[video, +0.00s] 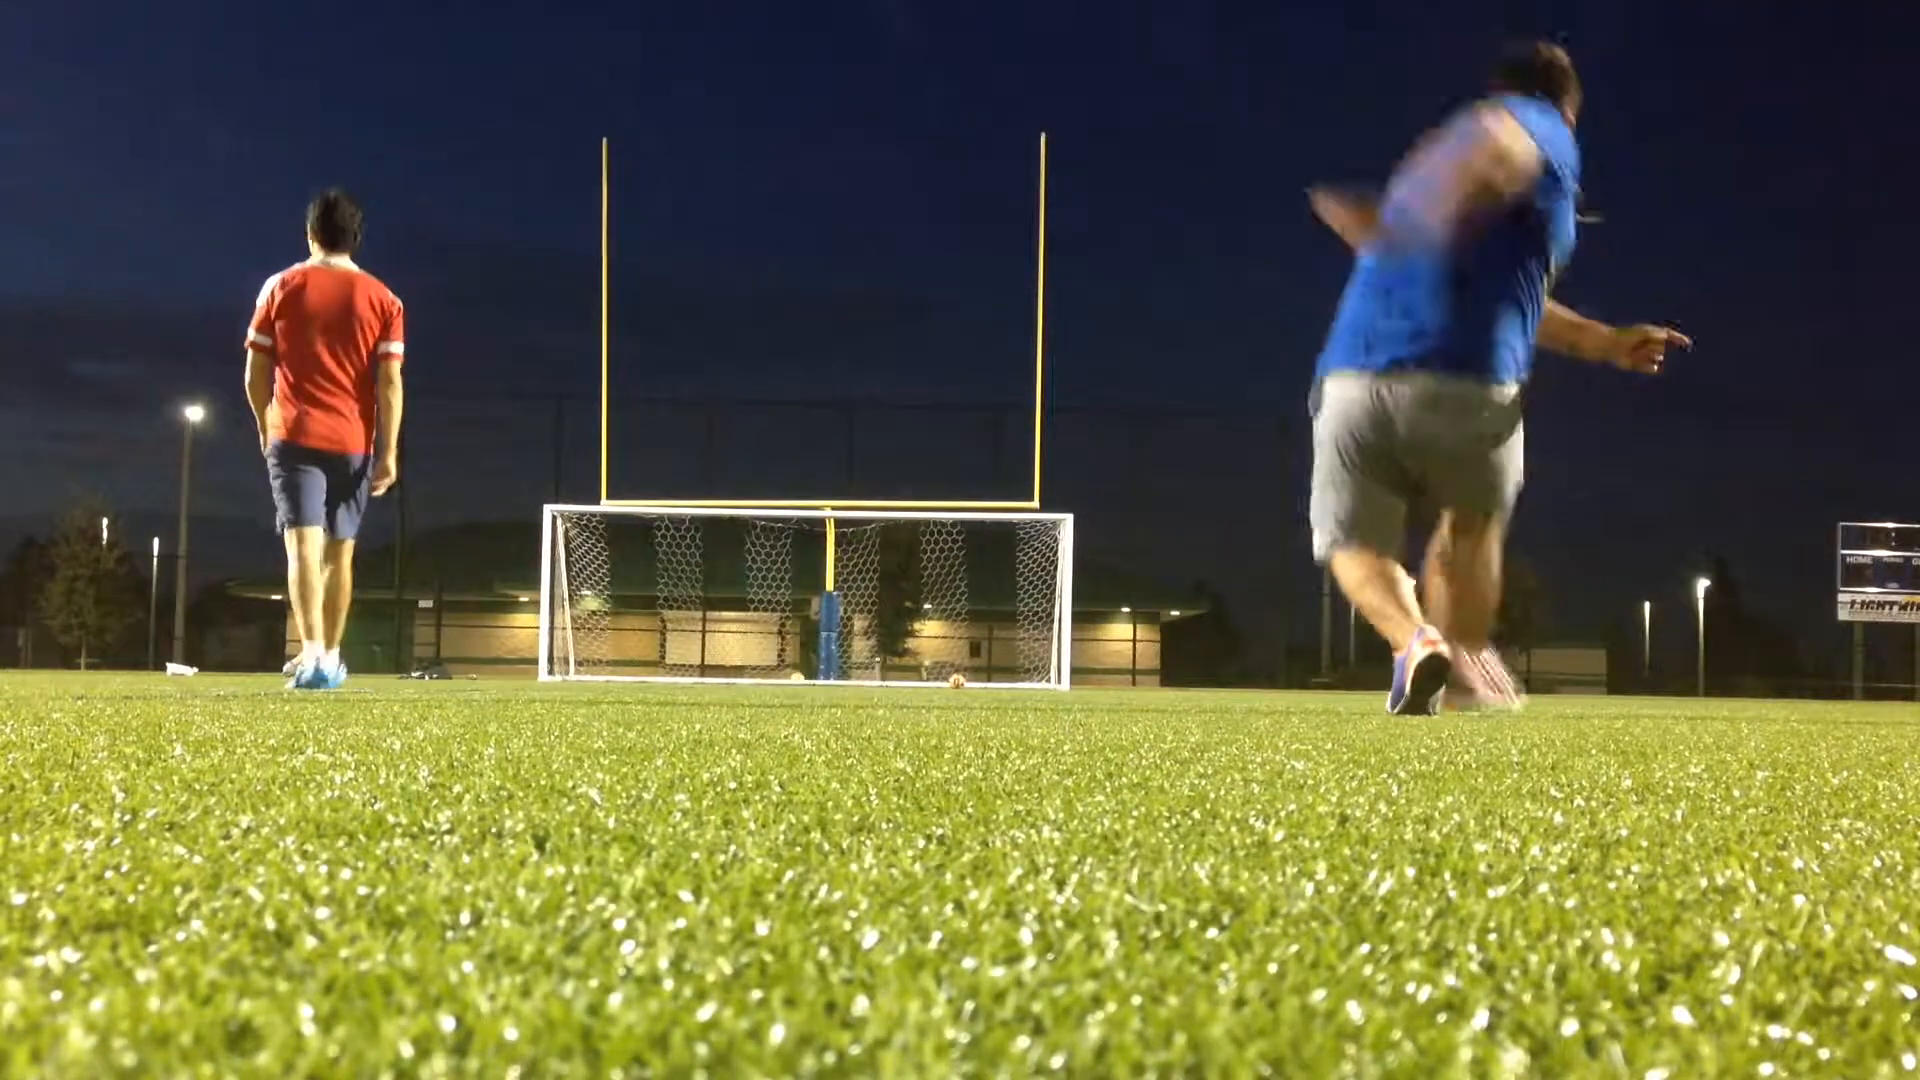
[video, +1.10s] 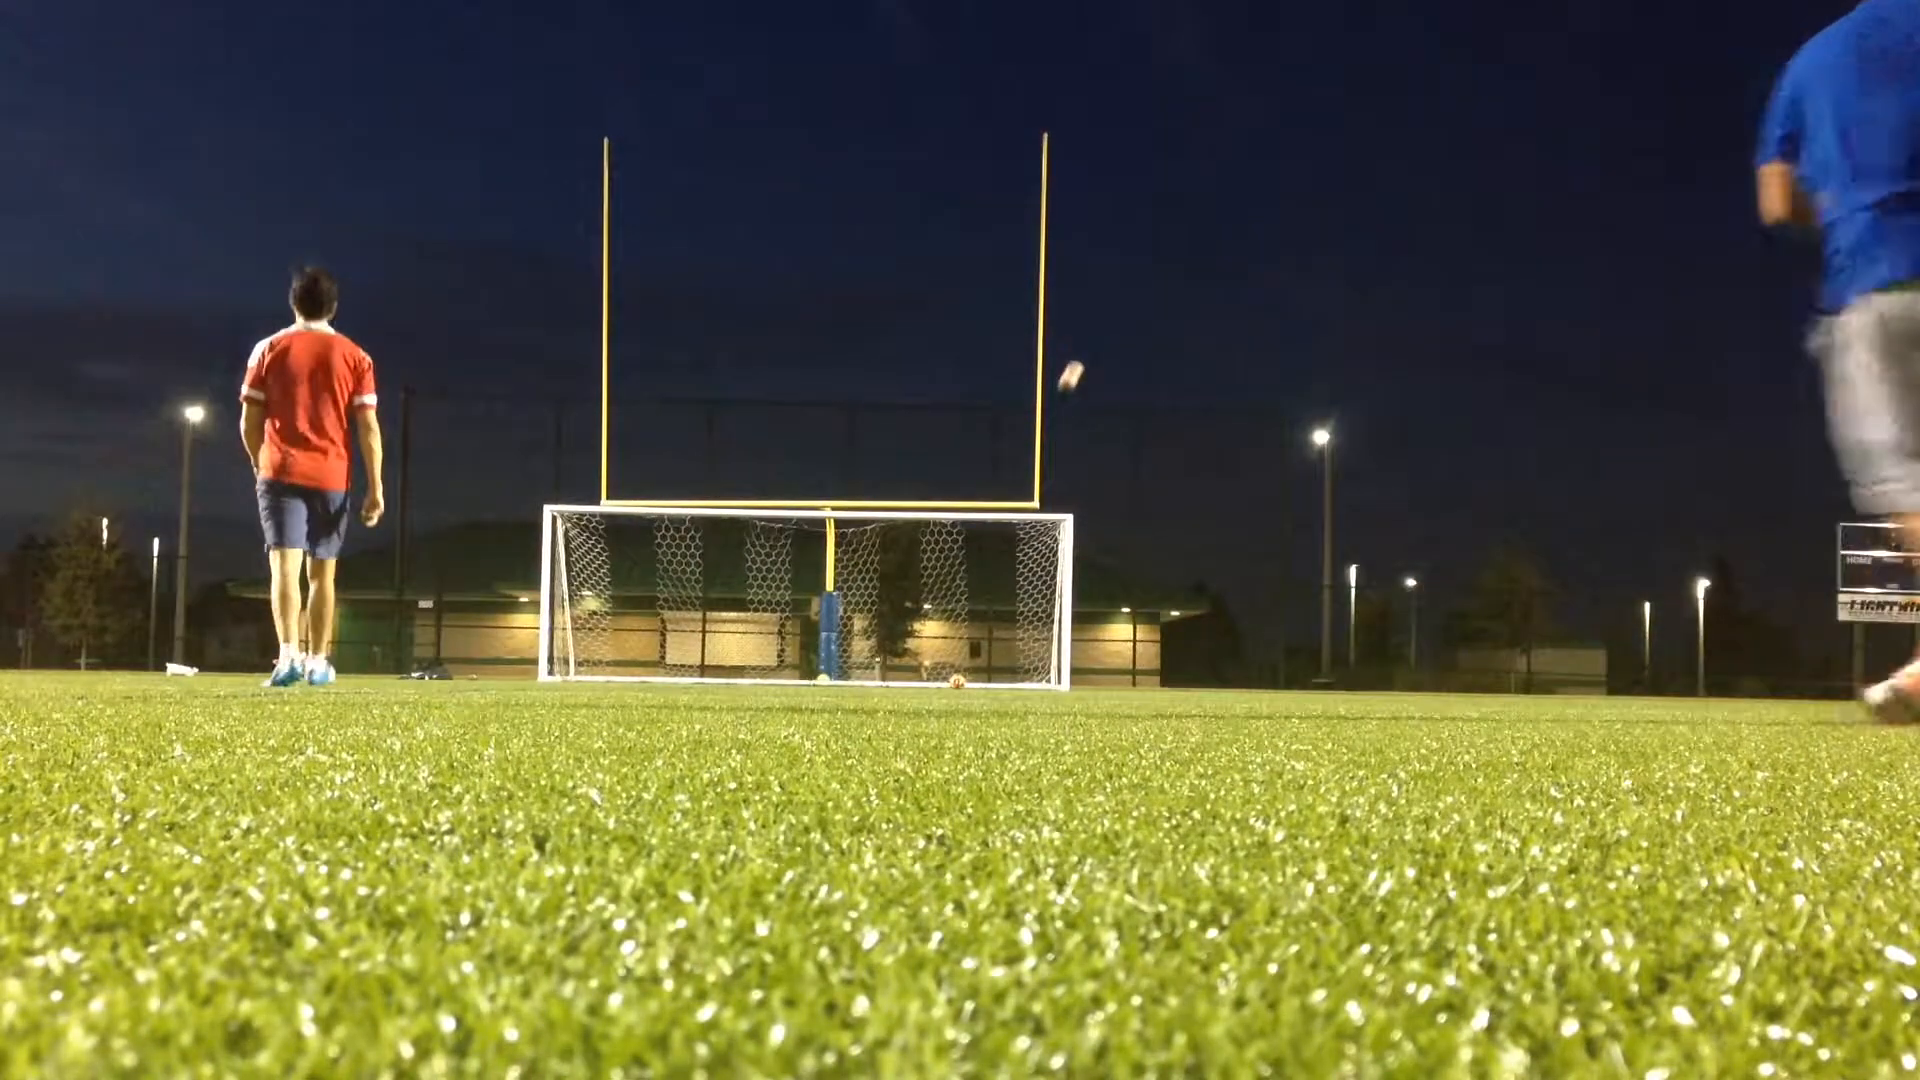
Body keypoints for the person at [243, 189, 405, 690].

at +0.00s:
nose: (308, 236)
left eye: (308, 230)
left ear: (309, 234)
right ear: (356, 237)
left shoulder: (281, 286)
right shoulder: (383, 298)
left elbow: (255, 372)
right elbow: (390, 382)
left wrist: (266, 426)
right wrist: (388, 452)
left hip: (293, 431)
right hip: (351, 438)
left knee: (304, 545)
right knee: (339, 555)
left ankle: (311, 654)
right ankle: (330, 658)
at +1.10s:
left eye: (299, 301)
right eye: (327, 302)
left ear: (293, 305)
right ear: (333, 307)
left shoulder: (269, 349)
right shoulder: (355, 356)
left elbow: (249, 422)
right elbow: (368, 427)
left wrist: (263, 465)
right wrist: (375, 486)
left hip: (279, 470)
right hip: (331, 476)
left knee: (285, 567)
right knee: (323, 575)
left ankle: (288, 655)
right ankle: (318, 662)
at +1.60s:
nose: (324, 333)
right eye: (328, 327)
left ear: (292, 331)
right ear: (330, 332)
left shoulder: (275, 374)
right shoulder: (354, 377)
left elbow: (257, 438)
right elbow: (368, 445)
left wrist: (243, 496)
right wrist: (360, 483)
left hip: (285, 489)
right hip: (334, 488)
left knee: (280, 578)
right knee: (323, 576)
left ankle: (272, 662)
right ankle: (315, 661)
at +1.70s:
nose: (321, 338)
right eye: (324, 332)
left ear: (288, 337)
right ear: (325, 337)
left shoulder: (272, 381)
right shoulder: (350, 382)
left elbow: (255, 445)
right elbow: (363, 451)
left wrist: (243, 500)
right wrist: (356, 490)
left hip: (281, 491)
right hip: (329, 491)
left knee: (278, 579)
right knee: (321, 577)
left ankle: (273, 666)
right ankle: (316, 650)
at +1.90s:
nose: (324, 338)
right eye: (325, 333)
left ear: (288, 336)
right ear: (325, 336)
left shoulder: (269, 379)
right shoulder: (346, 380)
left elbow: (255, 445)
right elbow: (357, 442)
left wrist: (253, 497)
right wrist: (360, 493)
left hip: (277, 490)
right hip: (325, 492)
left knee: (277, 578)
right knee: (323, 570)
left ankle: (273, 664)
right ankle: (310, 637)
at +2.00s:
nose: (329, 347)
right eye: (329, 341)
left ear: (294, 344)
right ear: (329, 344)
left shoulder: (272, 384)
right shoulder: (348, 388)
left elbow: (257, 453)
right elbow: (358, 449)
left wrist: (270, 487)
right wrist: (362, 502)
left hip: (280, 492)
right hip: (326, 495)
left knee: (279, 575)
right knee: (324, 578)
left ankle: (274, 663)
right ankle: (318, 661)